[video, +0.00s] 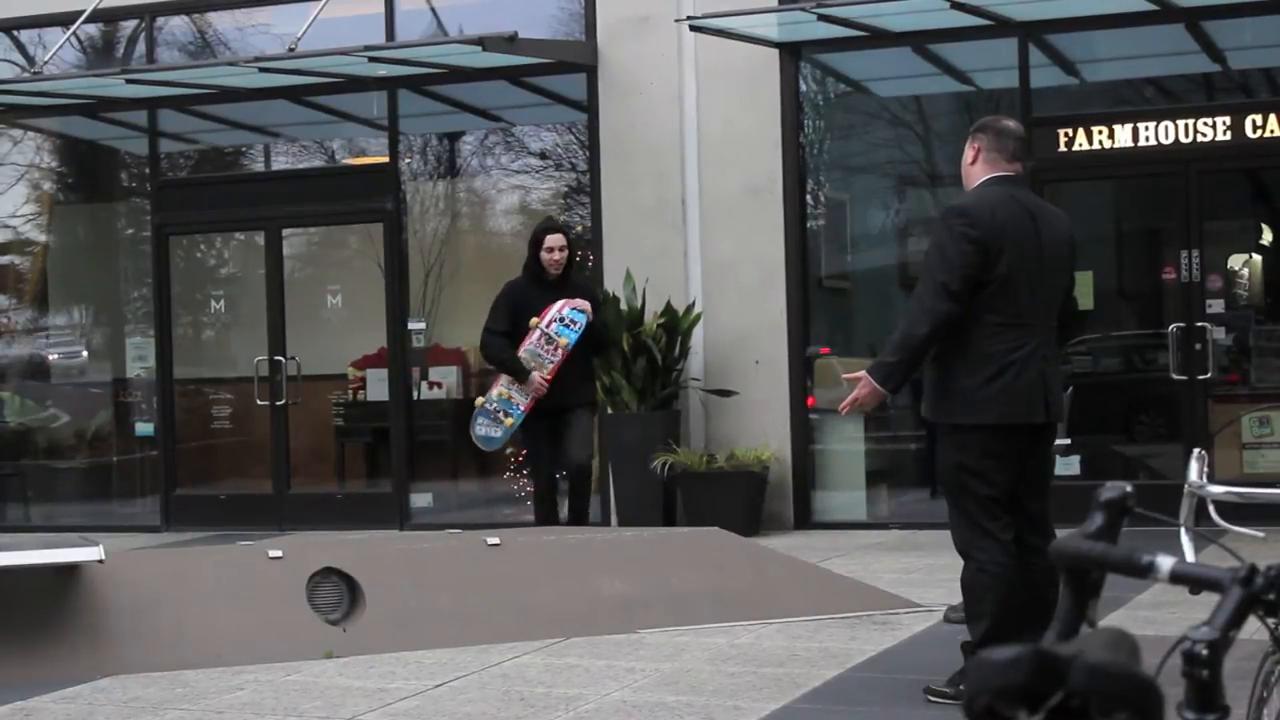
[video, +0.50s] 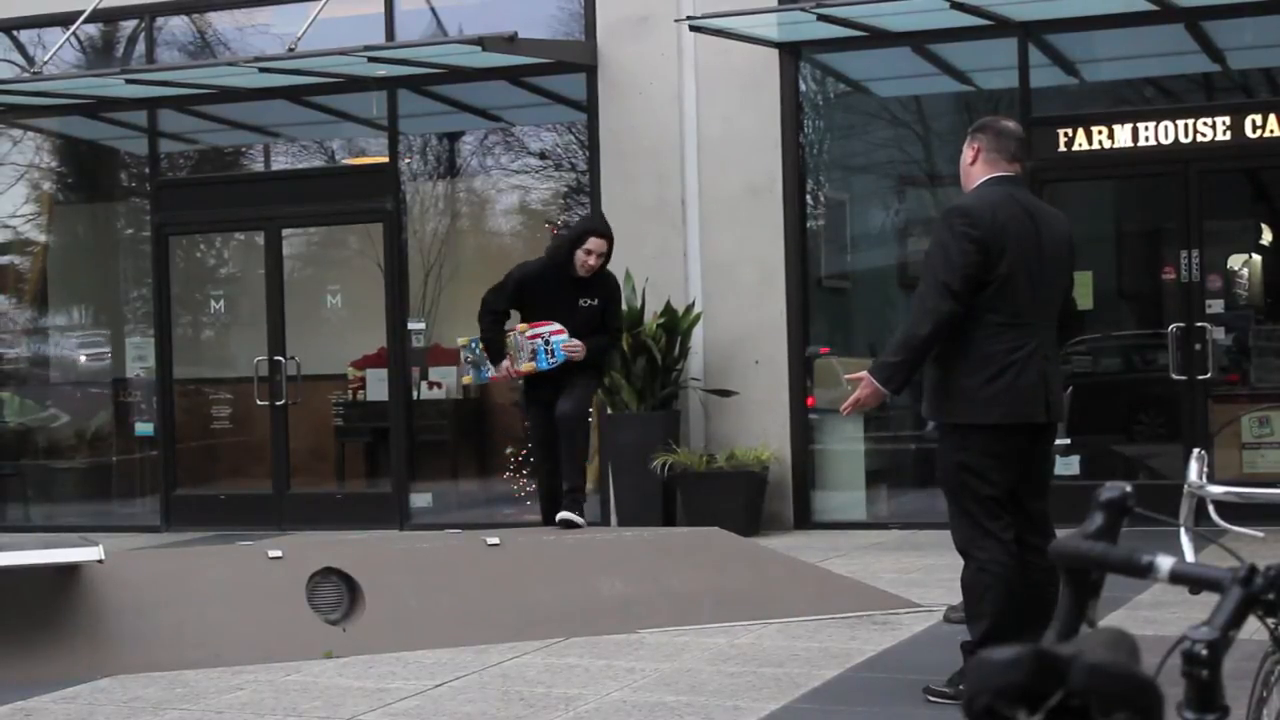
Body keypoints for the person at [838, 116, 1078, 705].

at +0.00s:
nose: (960, 166)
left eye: (963, 156)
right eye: (964, 157)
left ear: (974, 154)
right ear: (1022, 161)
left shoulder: (968, 216)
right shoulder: (1052, 221)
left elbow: (932, 308)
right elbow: (1068, 316)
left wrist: (883, 376)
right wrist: (1025, 352)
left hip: (973, 407)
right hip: (1034, 407)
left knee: (982, 539)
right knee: (1029, 531)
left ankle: (988, 674)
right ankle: (1030, 665)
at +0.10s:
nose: (960, 165)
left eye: (963, 155)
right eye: (964, 156)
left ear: (974, 154)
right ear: (1022, 161)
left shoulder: (968, 217)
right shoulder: (1052, 221)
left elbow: (933, 308)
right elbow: (1068, 317)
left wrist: (883, 375)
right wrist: (1024, 352)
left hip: (975, 408)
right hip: (1034, 407)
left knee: (982, 538)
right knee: (1029, 530)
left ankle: (988, 673)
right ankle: (1030, 665)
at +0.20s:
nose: (960, 166)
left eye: (963, 156)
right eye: (964, 157)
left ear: (974, 154)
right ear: (1022, 161)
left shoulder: (968, 217)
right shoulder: (1052, 221)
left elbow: (933, 308)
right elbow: (1067, 316)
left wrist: (884, 376)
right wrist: (1024, 353)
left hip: (975, 408)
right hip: (1034, 407)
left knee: (982, 538)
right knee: (1029, 530)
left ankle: (988, 673)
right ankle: (1030, 664)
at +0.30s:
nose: (960, 166)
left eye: (962, 156)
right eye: (963, 157)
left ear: (974, 154)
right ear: (1022, 161)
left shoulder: (968, 216)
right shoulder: (1052, 221)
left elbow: (933, 308)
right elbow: (1067, 317)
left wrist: (884, 376)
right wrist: (1024, 354)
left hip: (975, 408)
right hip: (1034, 407)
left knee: (982, 537)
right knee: (1029, 530)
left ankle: (988, 673)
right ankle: (1030, 664)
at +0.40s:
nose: (959, 166)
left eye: (962, 156)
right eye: (962, 157)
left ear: (974, 154)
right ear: (1022, 161)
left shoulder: (969, 216)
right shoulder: (1052, 221)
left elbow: (934, 308)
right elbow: (1067, 317)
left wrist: (884, 376)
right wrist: (1023, 354)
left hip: (975, 408)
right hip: (1034, 407)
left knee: (983, 538)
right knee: (1029, 531)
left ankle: (988, 673)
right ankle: (1030, 665)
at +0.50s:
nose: (959, 166)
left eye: (961, 156)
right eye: (962, 157)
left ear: (974, 154)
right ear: (1021, 162)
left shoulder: (968, 216)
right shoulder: (1051, 221)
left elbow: (934, 309)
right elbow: (1067, 317)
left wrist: (884, 376)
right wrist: (1023, 354)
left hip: (975, 408)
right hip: (1034, 407)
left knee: (983, 538)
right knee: (1029, 531)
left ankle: (987, 674)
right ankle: (1030, 666)